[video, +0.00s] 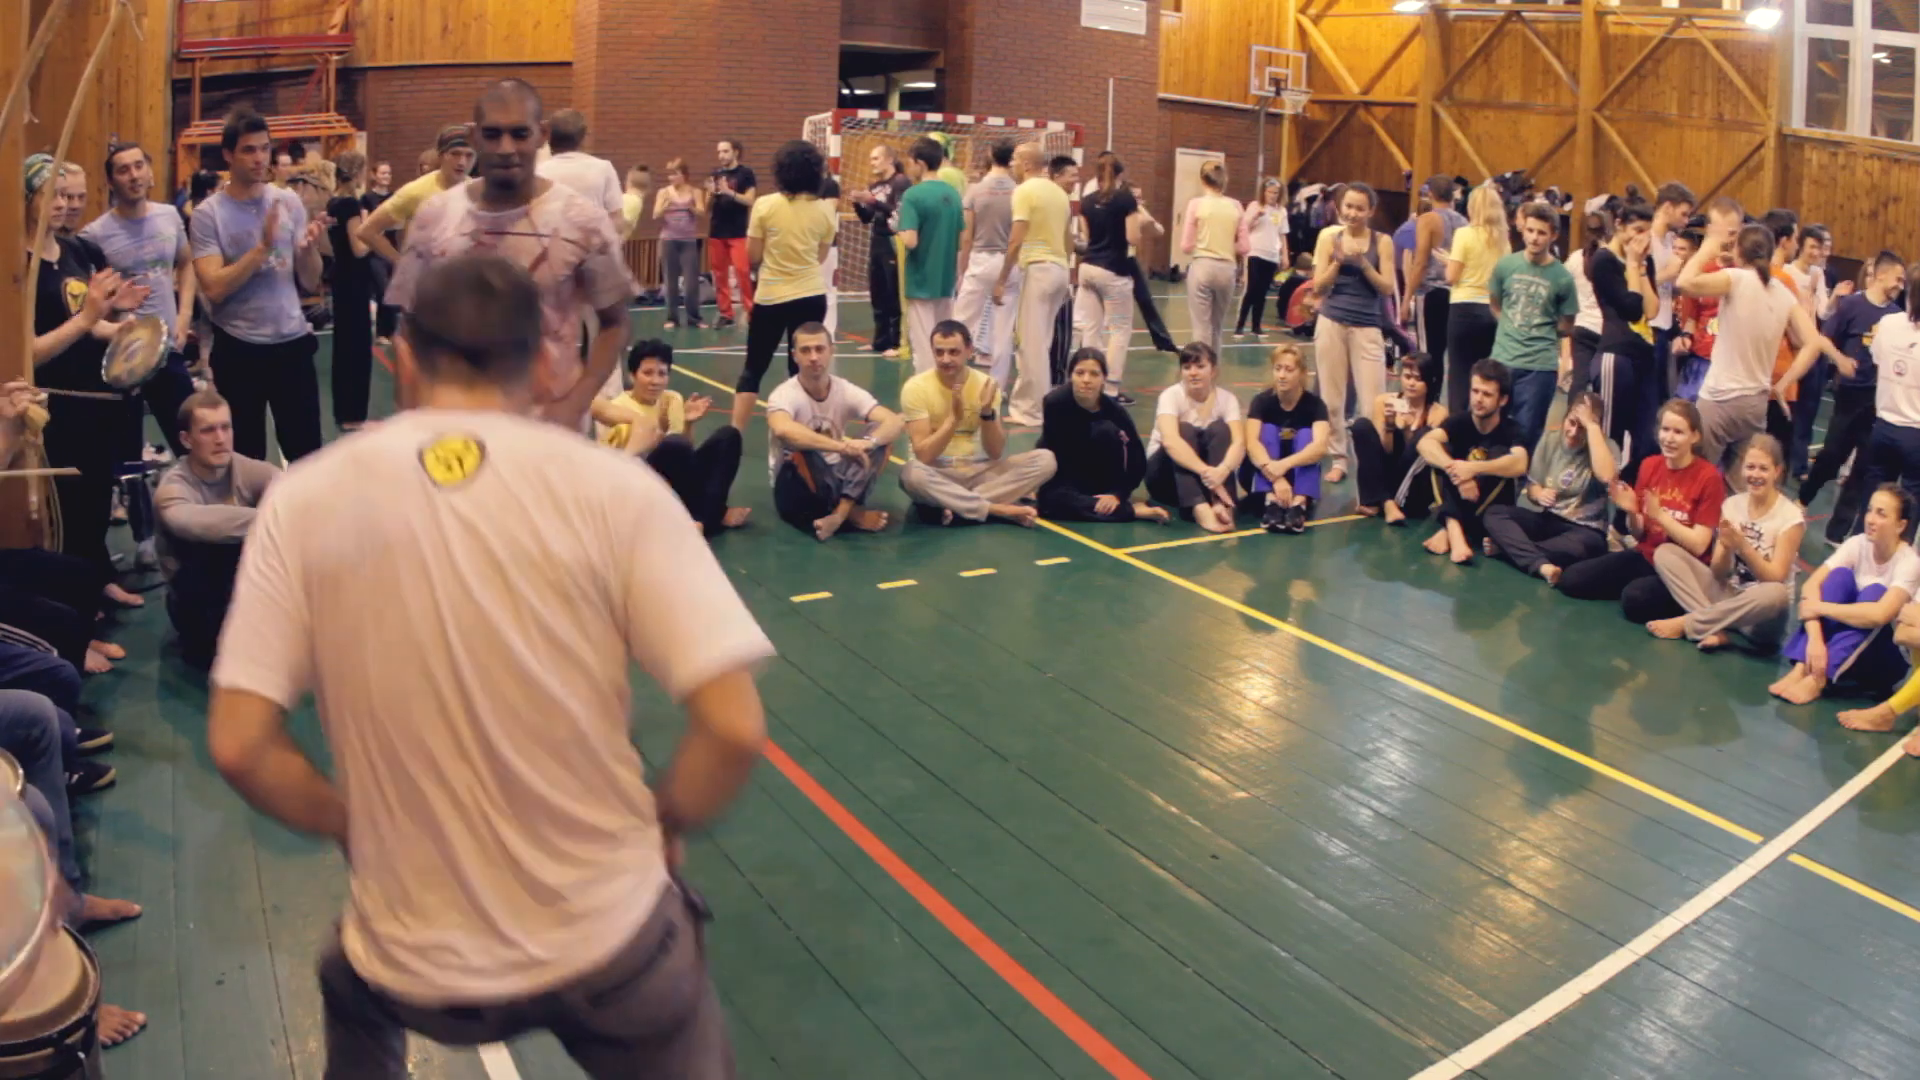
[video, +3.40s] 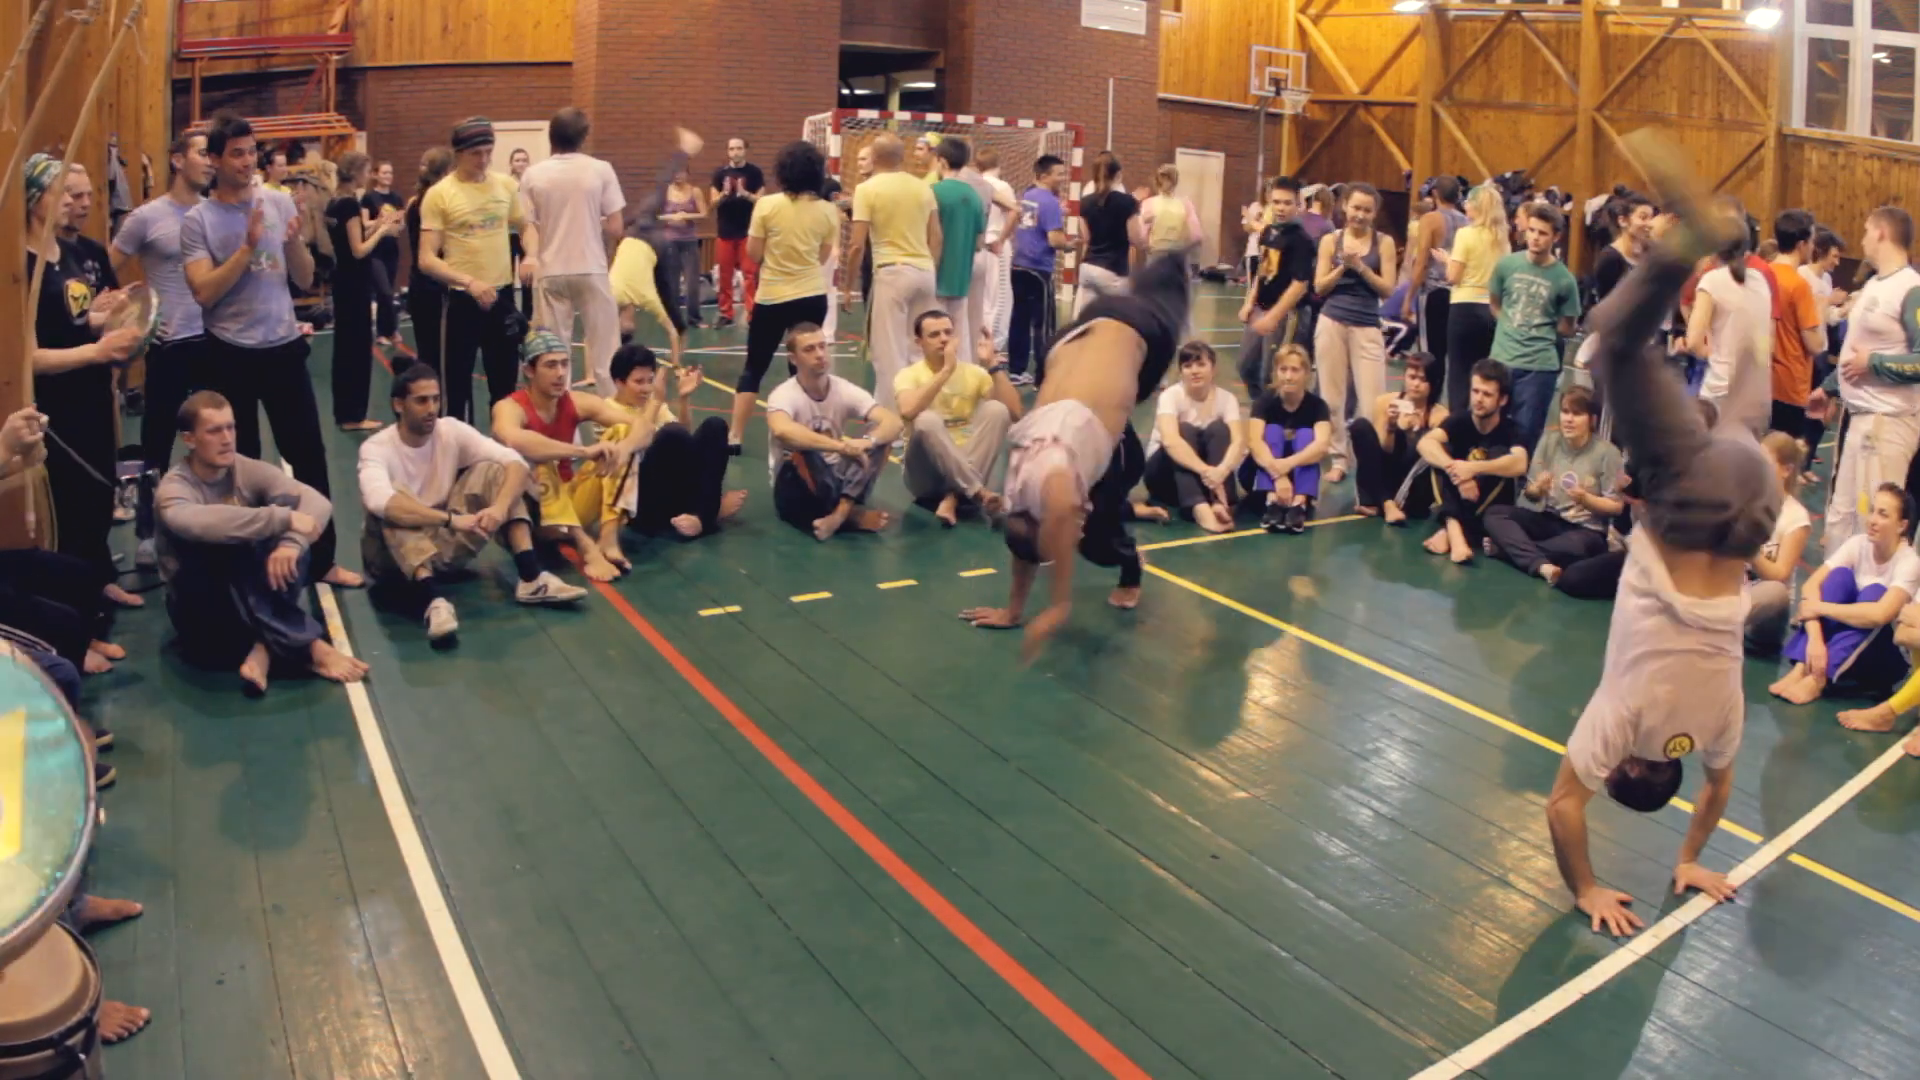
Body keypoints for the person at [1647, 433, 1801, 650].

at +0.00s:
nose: (1755, 475)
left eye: (1763, 469)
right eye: (1750, 467)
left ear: (1778, 472)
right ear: (1741, 469)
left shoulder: (1790, 515)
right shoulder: (1732, 505)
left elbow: (1776, 576)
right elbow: (1718, 572)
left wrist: (1742, 546)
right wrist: (1726, 548)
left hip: (1760, 602)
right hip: (1725, 593)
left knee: (1774, 593)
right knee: (1665, 552)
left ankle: (1686, 624)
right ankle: (1713, 629)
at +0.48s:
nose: (1758, 476)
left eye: (1767, 470)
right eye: (1754, 468)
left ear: (1783, 474)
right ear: (1746, 469)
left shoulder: (1792, 519)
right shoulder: (1733, 504)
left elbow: (1772, 577)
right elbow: (1718, 571)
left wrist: (1756, 531)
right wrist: (1721, 556)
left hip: (1759, 603)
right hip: (1725, 593)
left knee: (1774, 593)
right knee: (1665, 553)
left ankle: (1686, 624)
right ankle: (1712, 629)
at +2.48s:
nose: (1756, 473)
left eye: (1766, 468)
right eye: (1754, 466)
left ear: (1786, 475)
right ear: (1749, 466)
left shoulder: (1796, 521)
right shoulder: (1738, 502)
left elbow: (1777, 578)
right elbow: (1720, 568)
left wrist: (1746, 546)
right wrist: (1729, 542)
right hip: (1726, 594)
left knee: (1775, 594)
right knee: (1665, 552)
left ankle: (1686, 624)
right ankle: (1712, 629)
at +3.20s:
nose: (1757, 469)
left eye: (1766, 464)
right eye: (1756, 462)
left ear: (1787, 471)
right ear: (1753, 461)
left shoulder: (1797, 516)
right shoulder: (1739, 499)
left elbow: (1777, 574)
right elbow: (1720, 566)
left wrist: (1741, 538)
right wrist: (1730, 539)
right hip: (1728, 590)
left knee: (1774, 592)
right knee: (1685, 566)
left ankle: (1695, 622)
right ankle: (1709, 631)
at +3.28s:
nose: (1757, 469)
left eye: (1766, 464)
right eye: (1757, 462)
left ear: (1786, 471)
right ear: (1752, 461)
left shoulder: (1797, 517)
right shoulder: (1740, 499)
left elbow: (1777, 574)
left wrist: (1740, 538)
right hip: (1725, 581)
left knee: (1773, 592)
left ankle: (1706, 618)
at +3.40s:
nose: (1759, 471)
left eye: (1766, 465)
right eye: (1758, 463)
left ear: (1786, 471)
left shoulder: (1796, 515)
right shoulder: (1743, 499)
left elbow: (1780, 573)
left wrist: (1747, 549)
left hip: (1759, 584)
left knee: (1774, 591)